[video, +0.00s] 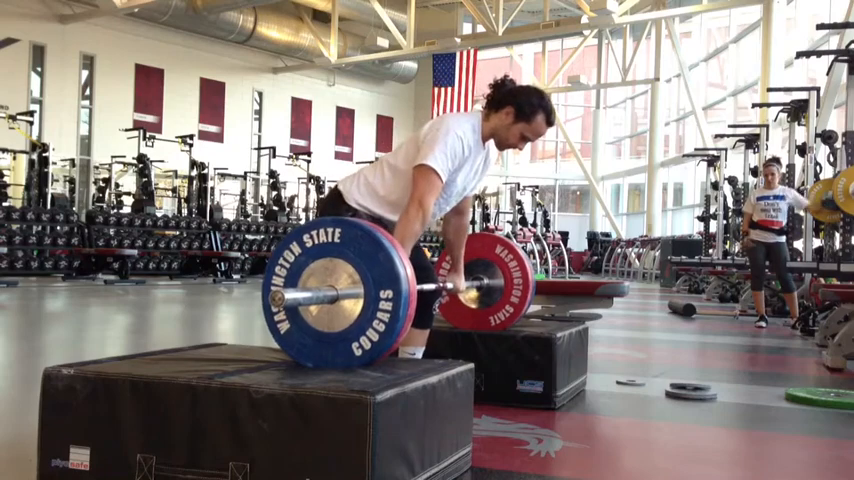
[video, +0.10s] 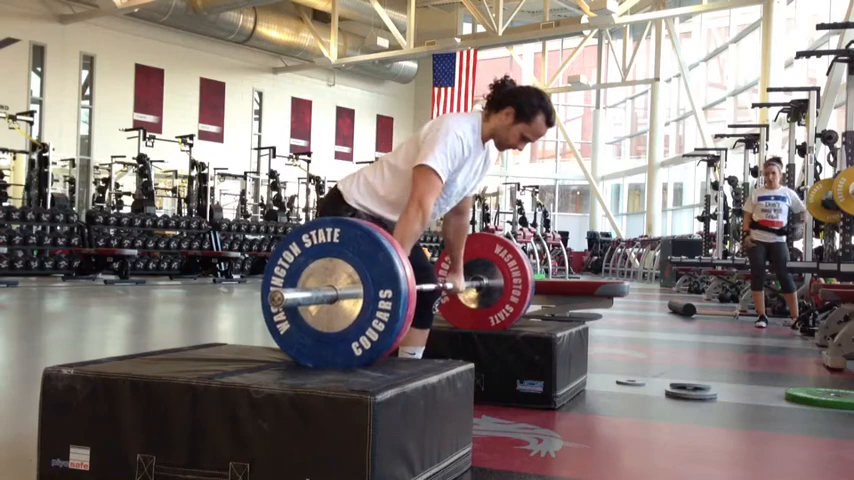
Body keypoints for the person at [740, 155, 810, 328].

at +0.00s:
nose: (769, 178)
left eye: (772, 174)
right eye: (766, 175)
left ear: (779, 175)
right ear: (762, 176)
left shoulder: (787, 193)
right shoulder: (755, 194)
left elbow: (808, 205)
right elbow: (747, 216)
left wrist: (824, 205)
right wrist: (744, 234)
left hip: (778, 240)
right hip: (756, 239)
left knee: (784, 275)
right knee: (757, 276)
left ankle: (795, 317)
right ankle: (761, 316)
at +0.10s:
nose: (770, 176)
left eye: (773, 173)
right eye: (767, 173)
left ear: (780, 174)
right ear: (763, 175)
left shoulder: (788, 193)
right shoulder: (755, 193)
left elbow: (803, 212)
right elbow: (747, 215)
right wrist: (745, 233)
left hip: (778, 240)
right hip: (757, 238)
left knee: (784, 275)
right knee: (757, 275)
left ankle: (795, 317)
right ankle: (761, 315)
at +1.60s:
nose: (766, 176)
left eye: (769, 173)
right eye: (763, 173)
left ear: (776, 174)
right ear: (759, 175)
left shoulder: (784, 193)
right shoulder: (751, 195)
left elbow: (794, 213)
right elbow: (744, 216)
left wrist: (788, 224)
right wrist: (746, 234)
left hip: (777, 240)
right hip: (757, 239)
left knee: (785, 276)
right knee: (757, 277)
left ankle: (795, 317)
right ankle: (761, 316)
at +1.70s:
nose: (766, 176)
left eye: (769, 173)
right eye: (763, 173)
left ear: (775, 174)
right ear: (759, 175)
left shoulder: (784, 193)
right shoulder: (751, 195)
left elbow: (794, 213)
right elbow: (744, 216)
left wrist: (788, 224)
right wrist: (746, 234)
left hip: (777, 240)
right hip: (756, 239)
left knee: (785, 276)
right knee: (757, 277)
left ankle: (795, 317)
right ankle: (761, 316)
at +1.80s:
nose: (766, 176)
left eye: (769, 173)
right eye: (763, 173)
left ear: (775, 174)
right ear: (759, 175)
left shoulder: (784, 193)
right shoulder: (751, 195)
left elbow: (794, 213)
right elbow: (744, 216)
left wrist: (788, 224)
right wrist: (746, 234)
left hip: (777, 240)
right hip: (756, 239)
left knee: (785, 276)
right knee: (757, 277)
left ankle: (795, 317)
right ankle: (761, 316)